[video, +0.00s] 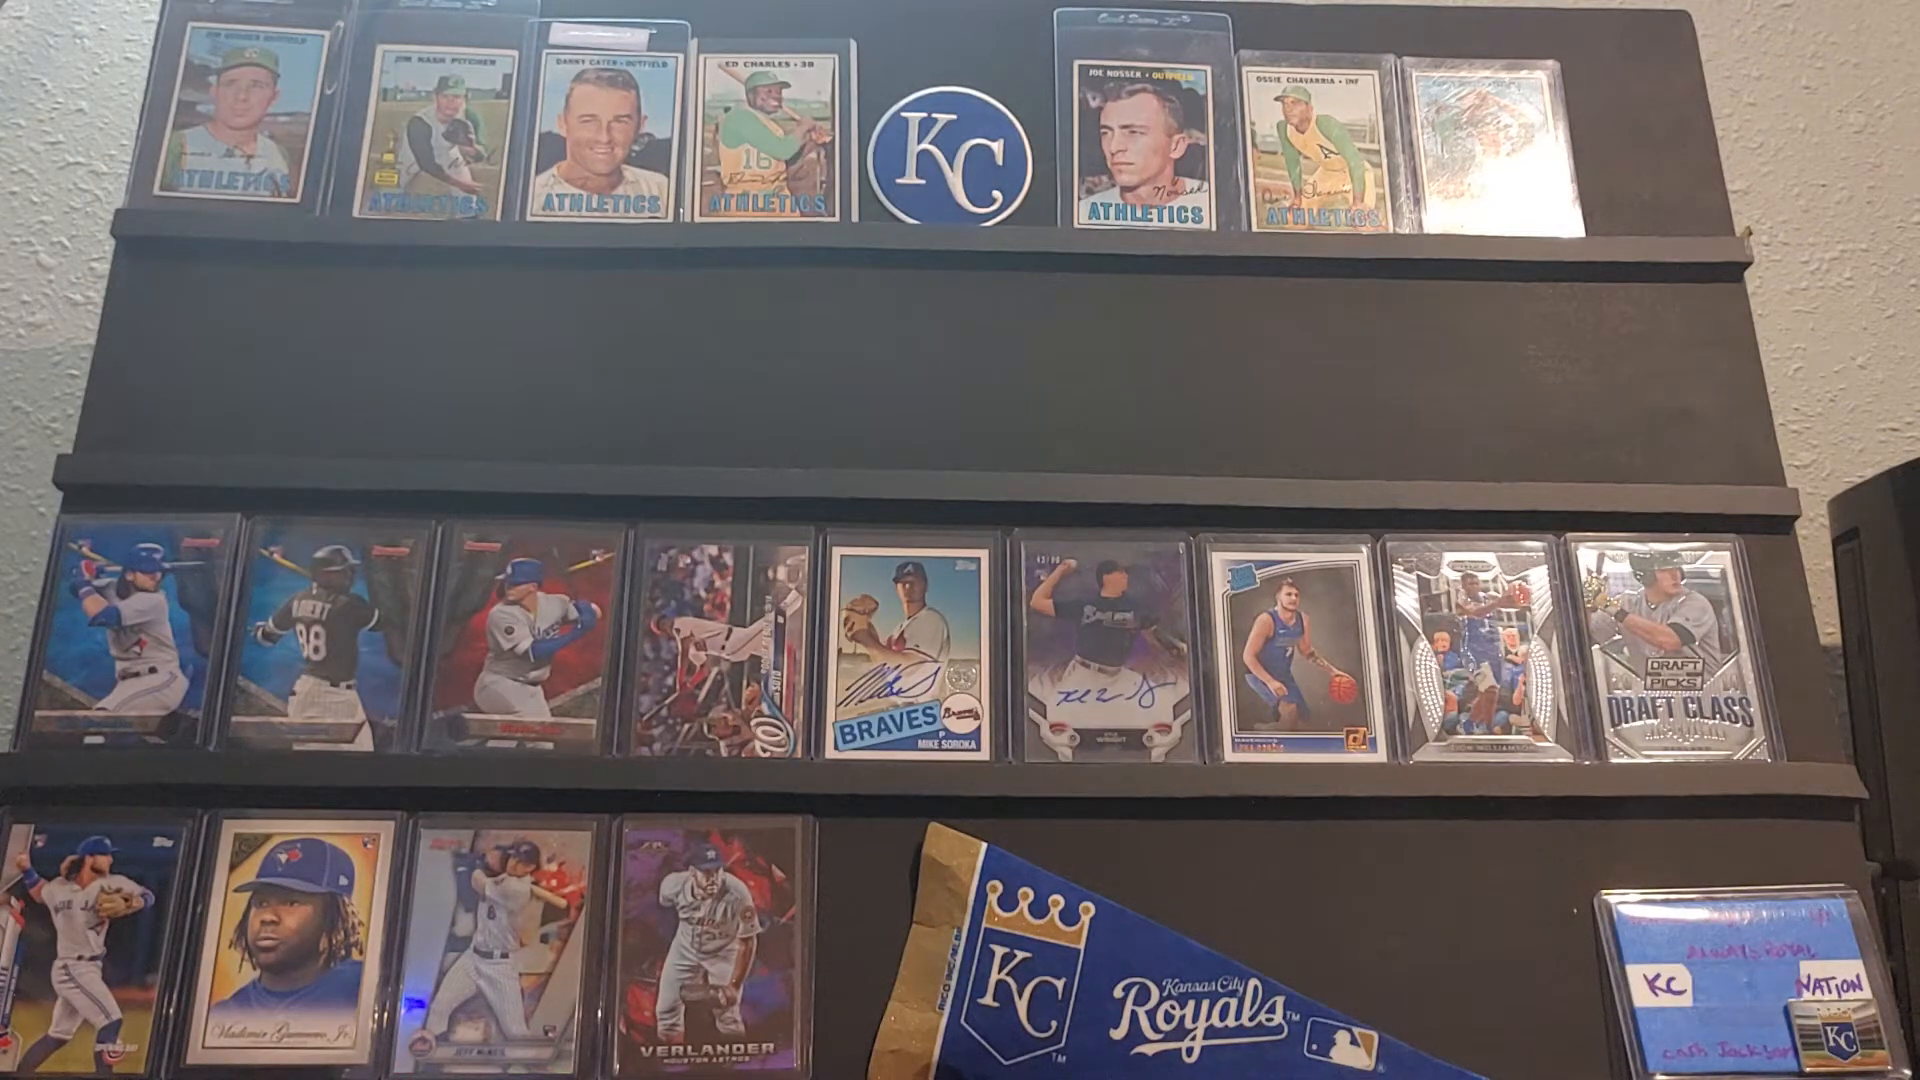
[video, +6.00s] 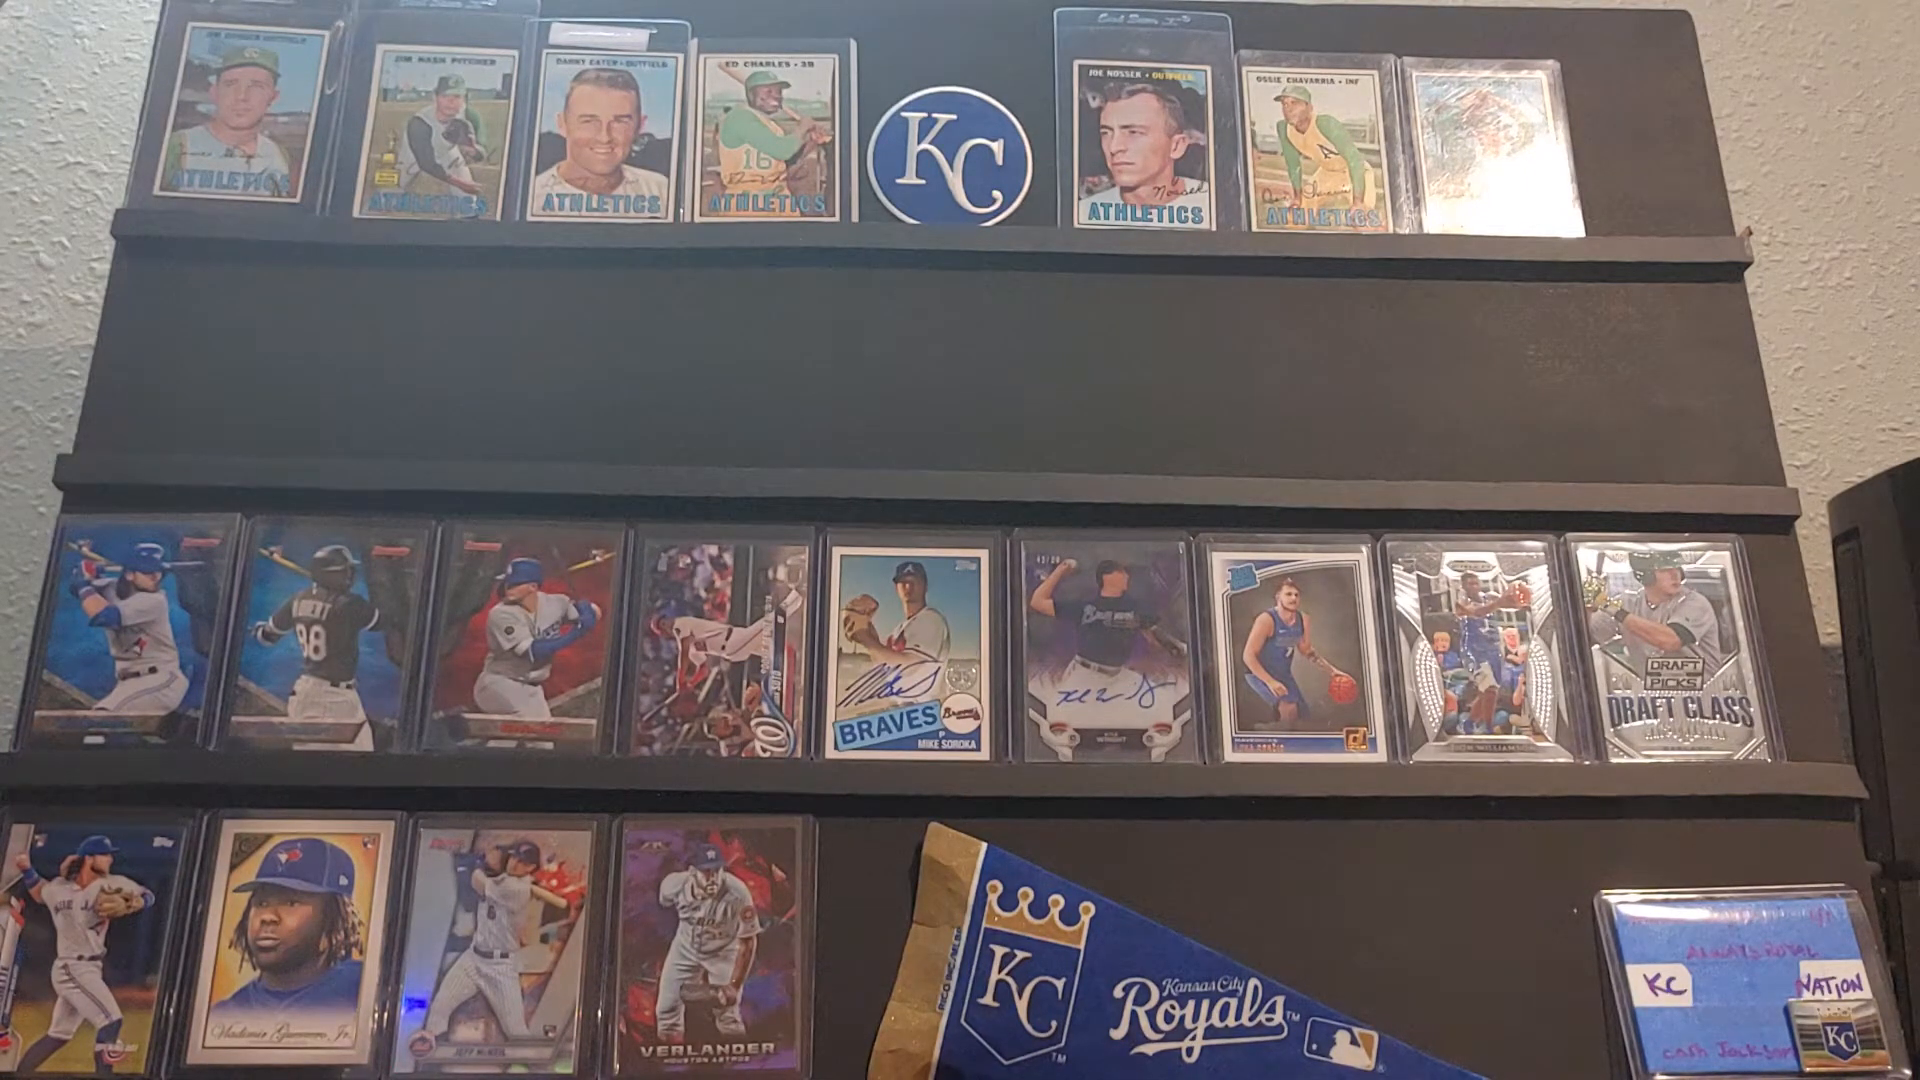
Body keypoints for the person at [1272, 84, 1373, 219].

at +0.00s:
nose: (1288, 109)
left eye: (1294, 103)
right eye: (1284, 104)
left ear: (1309, 107)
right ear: (1281, 107)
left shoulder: (1326, 124)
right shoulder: (1284, 129)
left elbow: (1355, 161)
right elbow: (1293, 163)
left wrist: (1358, 202)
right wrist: (1297, 197)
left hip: (1354, 173)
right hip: (1327, 172)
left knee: (1361, 220)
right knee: (1301, 208)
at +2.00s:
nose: (1288, 109)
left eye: (1294, 103)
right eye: (1285, 104)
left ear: (1308, 107)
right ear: (1282, 108)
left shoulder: (1326, 123)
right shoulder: (1283, 128)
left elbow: (1355, 160)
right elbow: (1292, 162)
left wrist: (1358, 203)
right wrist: (1297, 197)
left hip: (1354, 172)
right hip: (1326, 172)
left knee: (1361, 219)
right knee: (1304, 210)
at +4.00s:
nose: (1288, 110)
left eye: (1294, 103)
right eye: (1284, 105)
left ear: (1308, 107)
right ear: (1281, 108)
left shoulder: (1327, 124)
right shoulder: (1283, 128)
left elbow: (1355, 160)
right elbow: (1293, 163)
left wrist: (1357, 202)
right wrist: (1297, 197)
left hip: (1355, 174)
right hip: (1327, 173)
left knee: (1360, 220)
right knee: (1301, 212)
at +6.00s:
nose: (1288, 109)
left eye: (1294, 103)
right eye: (1284, 104)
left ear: (1308, 106)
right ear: (1281, 107)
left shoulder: (1327, 123)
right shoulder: (1283, 128)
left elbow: (1355, 159)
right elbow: (1293, 164)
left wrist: (1358, 202)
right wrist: (1297, 198)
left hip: (1354, 172)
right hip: (1327, 172)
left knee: (1360, 219)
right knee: (1301, 209)